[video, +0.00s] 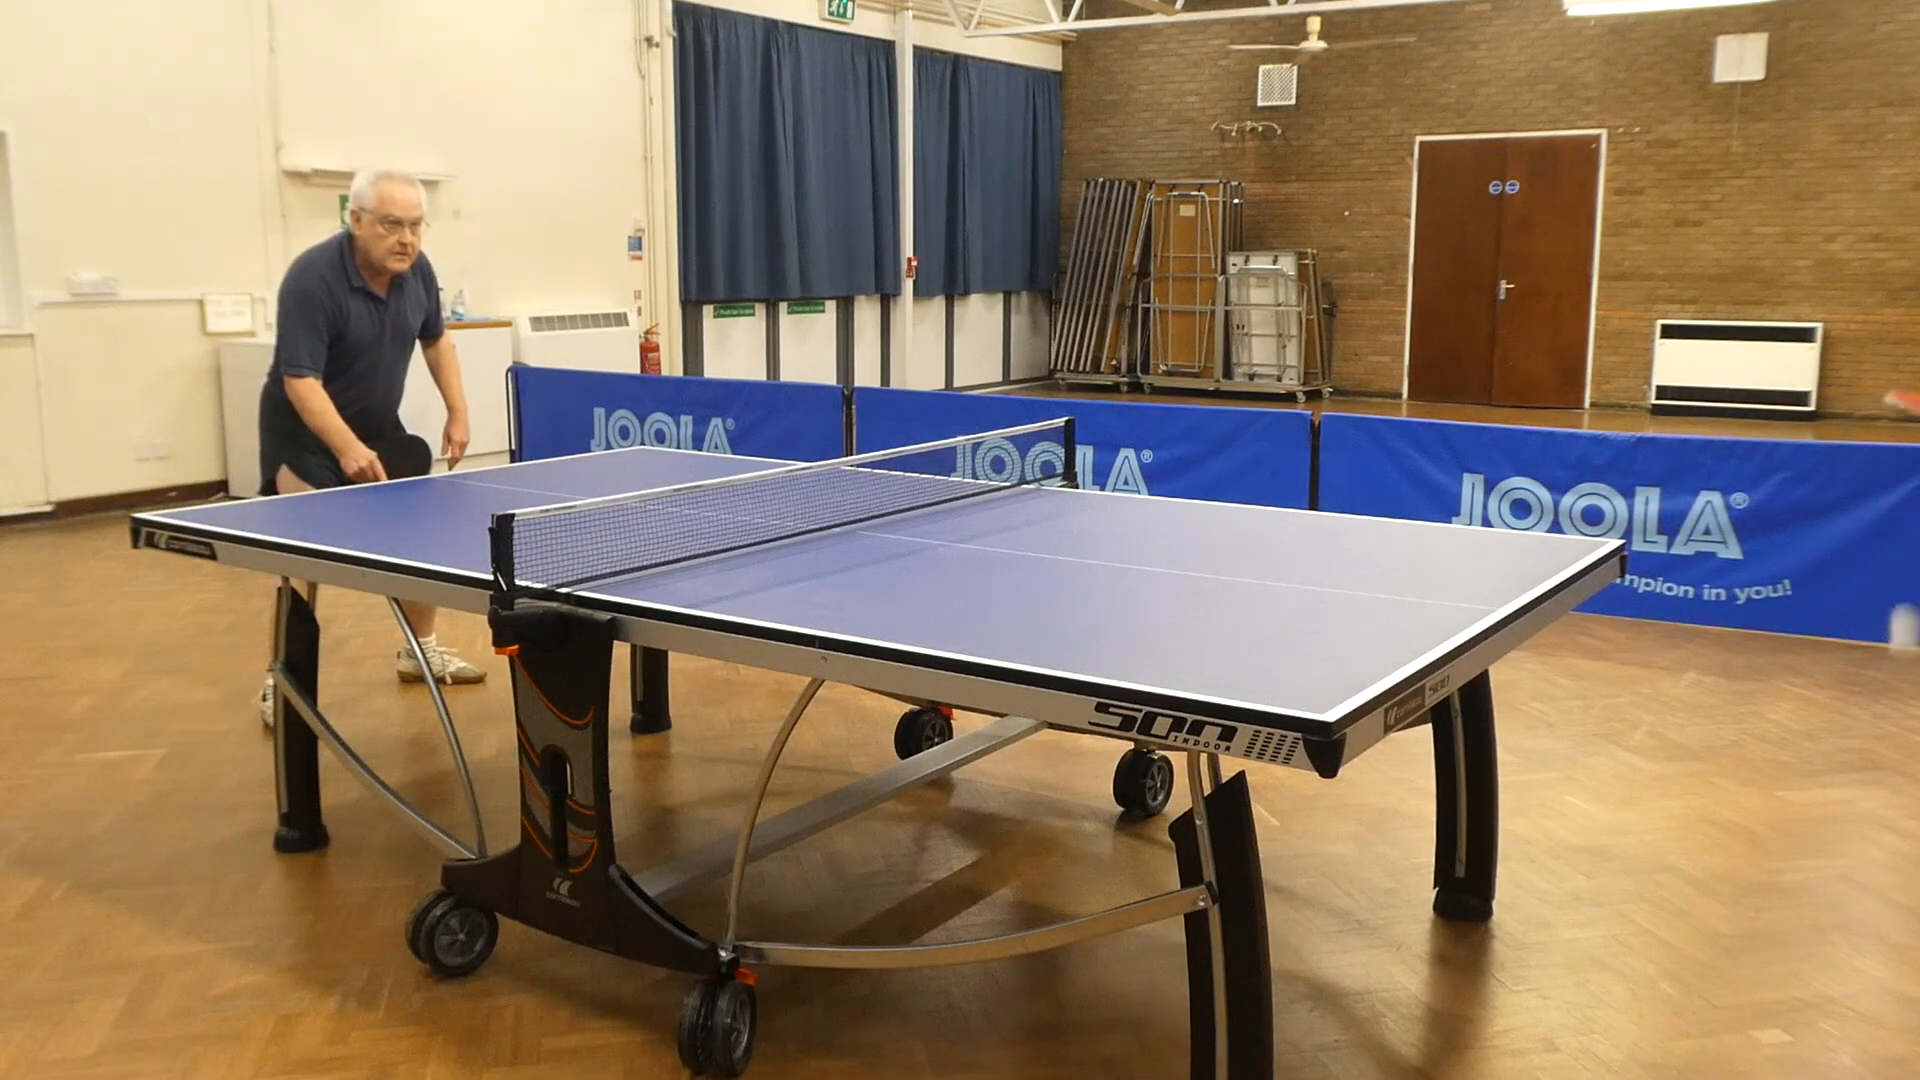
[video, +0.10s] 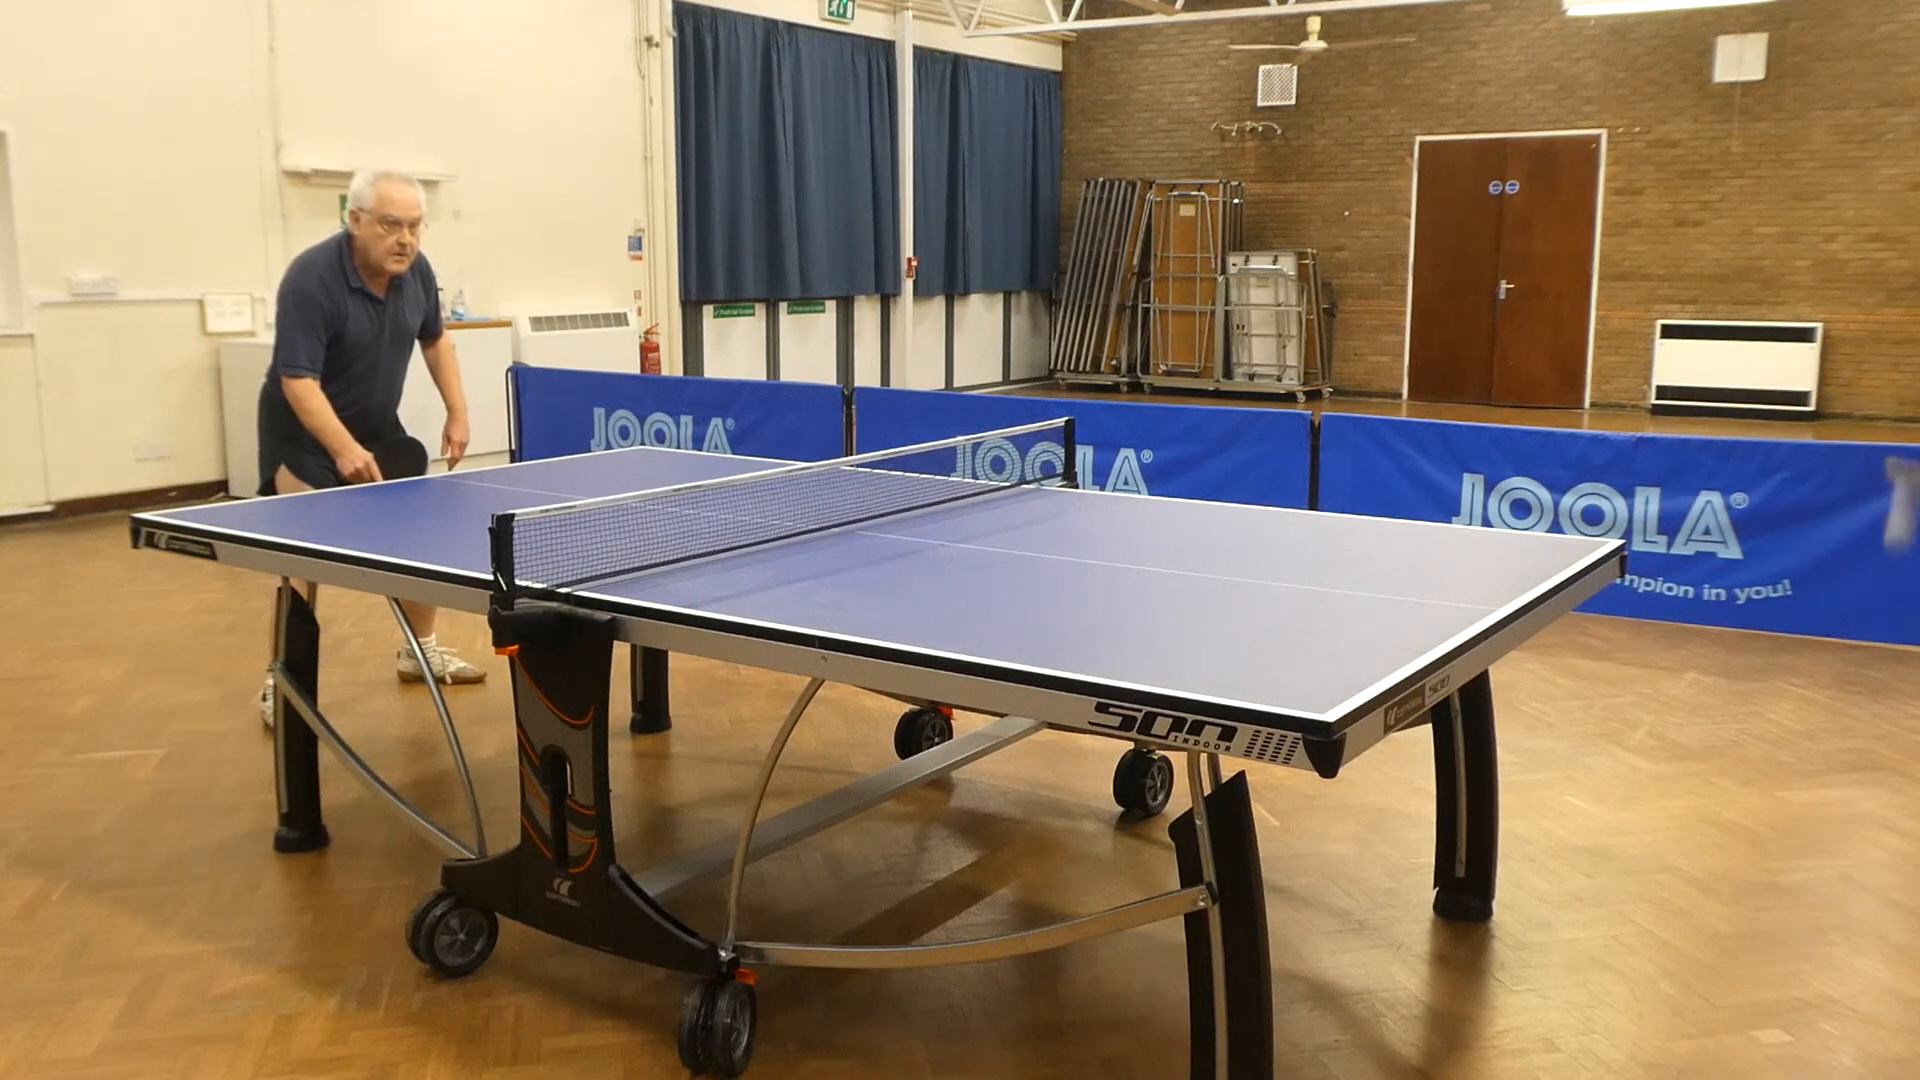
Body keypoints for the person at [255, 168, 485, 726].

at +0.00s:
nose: (407, 239)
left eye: (416, 226)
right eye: (392, 225)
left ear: (424, 225)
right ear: (356, 222)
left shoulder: (417, 272)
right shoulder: (313, 278)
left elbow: (436, 339)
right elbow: (298, 379)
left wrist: (457, 409)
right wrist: (347, 446)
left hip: (379, 427)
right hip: (306, 429)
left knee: (420, 524)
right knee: (302, 552)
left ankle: (420, 646)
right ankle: (282, 680)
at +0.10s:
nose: (406, 239)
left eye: (415, 226)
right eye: (391, 225)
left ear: (423, 226)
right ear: (356, 223)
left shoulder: (416, 273)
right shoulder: (312, 278)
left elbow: (435, 340)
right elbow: (296, 379)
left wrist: (457, 409)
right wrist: (343, 446)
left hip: (377, 424)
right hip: (304, 427)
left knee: (419, 523)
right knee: (301, 551)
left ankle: (420, 646)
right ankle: (283, 679)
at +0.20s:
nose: (405, 239)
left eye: (413, 226)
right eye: (390, 225)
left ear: (421, 226)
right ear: (354, 223)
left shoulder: (416, 272)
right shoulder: (311, 278)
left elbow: (435, 339)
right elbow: (294, 379)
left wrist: (456, 409)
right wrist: (340, 448)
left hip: (376, 424)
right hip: (303, 426)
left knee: (417, 527)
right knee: (302, 553)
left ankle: (420, 646)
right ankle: (282, 680)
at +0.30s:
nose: (404, 238)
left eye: (412, 225)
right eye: (388, 225)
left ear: (420, 224)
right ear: (353, 222)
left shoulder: (415, 272)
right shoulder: (309, 278)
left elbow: (435, 339)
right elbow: (294, 380)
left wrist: (456, 409)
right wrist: (338, 447)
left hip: (376, 424)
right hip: (302, 427)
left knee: (417, 526)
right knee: (302, 553)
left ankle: (419, 647)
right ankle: (282, 681)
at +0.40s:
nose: (403, 238)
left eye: (412, 224)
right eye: (388, 224)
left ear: (420, 225)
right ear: (352, 221)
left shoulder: (415, 272)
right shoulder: (309, 278)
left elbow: (435, 339)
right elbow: (293, 379)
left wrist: (456, 408)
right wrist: (337, 447)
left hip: (376, 424)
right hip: (302, 428)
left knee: (417, 527)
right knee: (301, 553)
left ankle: (419, 646)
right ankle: (282, 681)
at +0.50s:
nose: (403, 237)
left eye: (411, 224)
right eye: (388, 223)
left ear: (419, 224)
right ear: (352, 221)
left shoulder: (415, 271)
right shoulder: (308, 277)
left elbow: (434, 338)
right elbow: (292, 378)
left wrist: (456, 407)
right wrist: (336, 446)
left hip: (375, 424)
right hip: (301, 427)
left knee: (417, 526)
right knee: (302, 554)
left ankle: (419, 646)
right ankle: (282, 681)